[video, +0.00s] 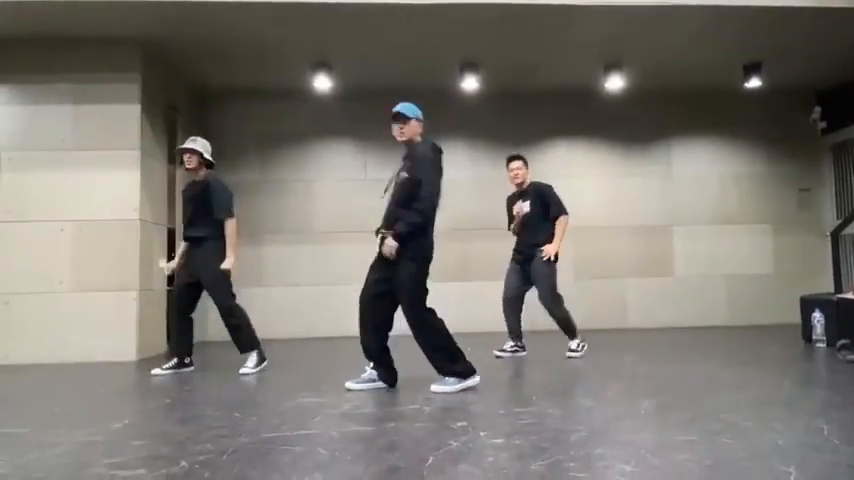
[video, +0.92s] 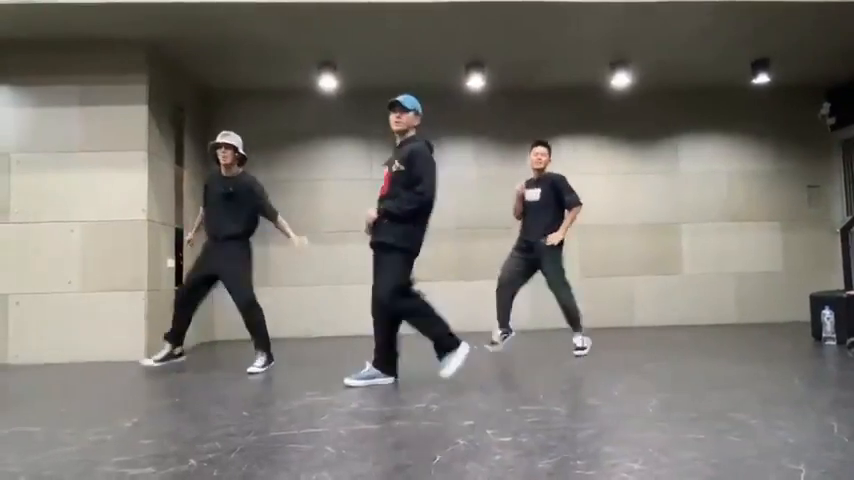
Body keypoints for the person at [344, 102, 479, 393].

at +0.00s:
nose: (398, 127)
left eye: (404, 122)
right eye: (395, 123)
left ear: (419, 125)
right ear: (394, 128)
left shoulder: (426, 152)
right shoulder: (409, 156)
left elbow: (426, 202)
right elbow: (400, 199)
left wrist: (396, 234)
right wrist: (387, 230)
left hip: (414, 246)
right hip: (394, 244)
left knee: (414, 308)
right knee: (372, 303)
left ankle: (461, 372)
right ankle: (381, 371)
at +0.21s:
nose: (436, 125)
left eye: (441, 119)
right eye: (430, 120)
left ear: (451, 122)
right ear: (424, 126)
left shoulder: (460, 162)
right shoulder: (414, 160)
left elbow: (464, 207)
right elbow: (394, 196)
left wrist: (430, 226)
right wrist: (392, 222)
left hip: (429, 245)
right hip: (400, 242)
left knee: (432, 308)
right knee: (383, 303)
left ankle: (462, 373)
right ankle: (382, 370)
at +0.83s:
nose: (407, 111)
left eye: (413, 107)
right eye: (404, 106)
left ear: (427, 114)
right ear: (400, 112)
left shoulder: (428, 148)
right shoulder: (407, 148)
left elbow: (434, 191)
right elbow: (409, 191)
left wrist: (395, 205)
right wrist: (392, 215)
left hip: (414, 240)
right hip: (396, 238)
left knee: (437, 303)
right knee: (392, 305)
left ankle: (464, 364)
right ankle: (386, 367)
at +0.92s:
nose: (396, 116)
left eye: (403, 112)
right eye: (394, 112)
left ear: (416, 118)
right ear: (391, 117)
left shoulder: (418, 150)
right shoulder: (400, 151)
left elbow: (422, 197)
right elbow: (397, 194)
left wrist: (382, 210)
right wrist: (378, 216)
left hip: (401, 240)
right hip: (387, 238)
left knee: (394, 297)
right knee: (382, 302)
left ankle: (450, 346)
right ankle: (383, 367)